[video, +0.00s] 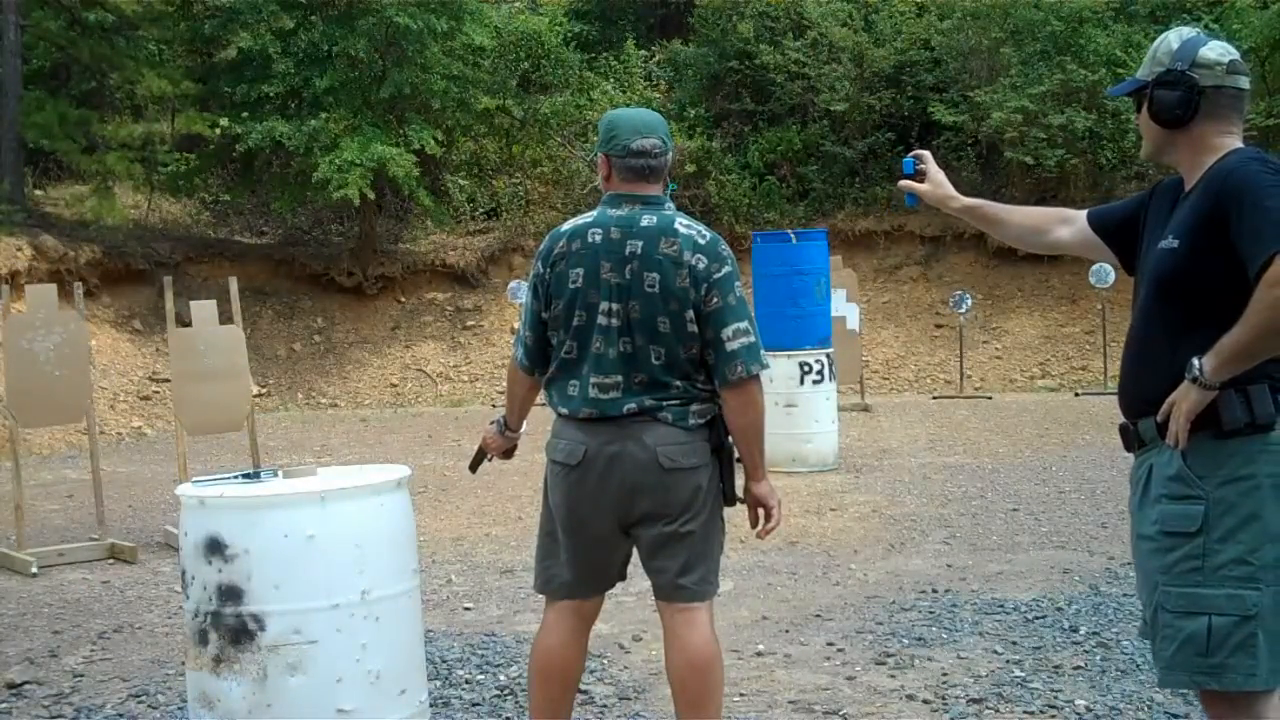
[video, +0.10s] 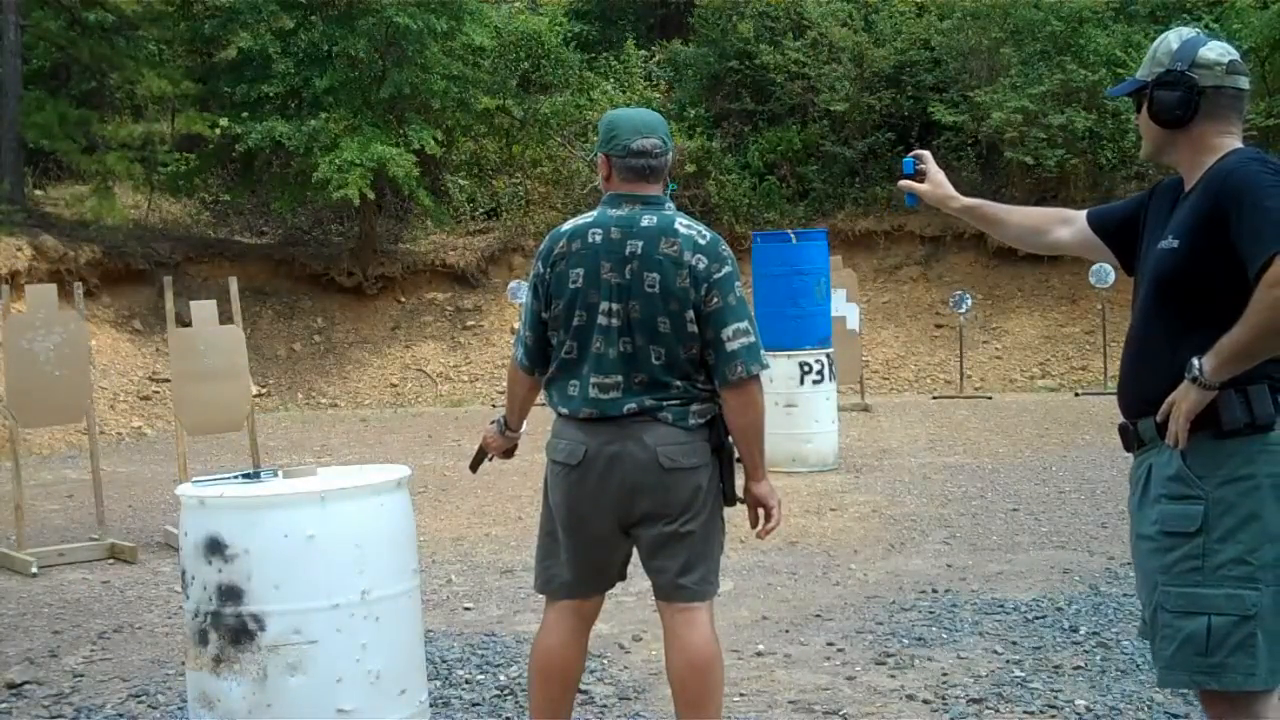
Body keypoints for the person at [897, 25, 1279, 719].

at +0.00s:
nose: (1138, 115)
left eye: (1144, 100)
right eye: (1139, 102)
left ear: (1174, 101)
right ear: (1213, 102)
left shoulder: (1247, 179)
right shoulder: (1167, 200)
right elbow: (1061, 229)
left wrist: (1209, 374)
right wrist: (954, 203)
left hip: (1226, 456)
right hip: (1178, 456)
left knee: (1237, 690)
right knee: (1227, 683)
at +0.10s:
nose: (1138, 115)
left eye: (1144, 100)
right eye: (1139, 102)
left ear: (1175, 101)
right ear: (1210, 103)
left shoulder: (1246, 180)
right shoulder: (1167, 200)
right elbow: (1062, 229)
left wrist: (1209, 374)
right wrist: (953, 202)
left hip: (1225, 456)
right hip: (1178, 455)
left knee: (1237, 690)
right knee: (1226, 683)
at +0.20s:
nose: (1138, 115)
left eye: (1144, 100)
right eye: (1139, 102)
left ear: (1176, 101)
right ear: (1210, 103)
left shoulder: (1245, 180)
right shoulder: (1167, 200)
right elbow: (1061, 229)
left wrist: (1208, 375)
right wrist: (952, 201)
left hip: (1224, 457)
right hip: (1178, 456)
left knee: (1237, 689)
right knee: (1226, 681)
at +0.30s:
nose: (1138, 115)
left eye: (1144, 101)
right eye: (1139, 102)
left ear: (1176, 102)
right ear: (1210, 104)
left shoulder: (1246, 180)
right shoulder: (1166, 201)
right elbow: (1061, 230)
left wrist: (1208, 375)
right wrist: (952, 202)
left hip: (1224, 457)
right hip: (1178, 456)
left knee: (1237, 688)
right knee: (1225, 681)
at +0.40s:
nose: (1138, 116)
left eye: (1144, 101)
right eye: (1139, 102)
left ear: (1173, 102)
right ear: (1212, 104)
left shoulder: (1246, 180)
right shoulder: (1166, 201)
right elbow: (1060, 230)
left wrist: (1208, 374)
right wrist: (952, 202)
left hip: (1225, 458)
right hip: (1177, 457)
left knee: (1238, 688)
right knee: (1224, 681)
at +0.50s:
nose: (1138, 114)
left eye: (1144, 100)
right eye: (1139, 101)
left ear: (1174, 102)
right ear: (1212, 104)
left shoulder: (1246, 180)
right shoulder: (1166, 201)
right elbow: (1059, 230)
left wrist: (1209, 374)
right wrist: (952, 202)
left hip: (1226, 458)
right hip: (1178, 457)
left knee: (1239, 689)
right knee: (1226, 682)